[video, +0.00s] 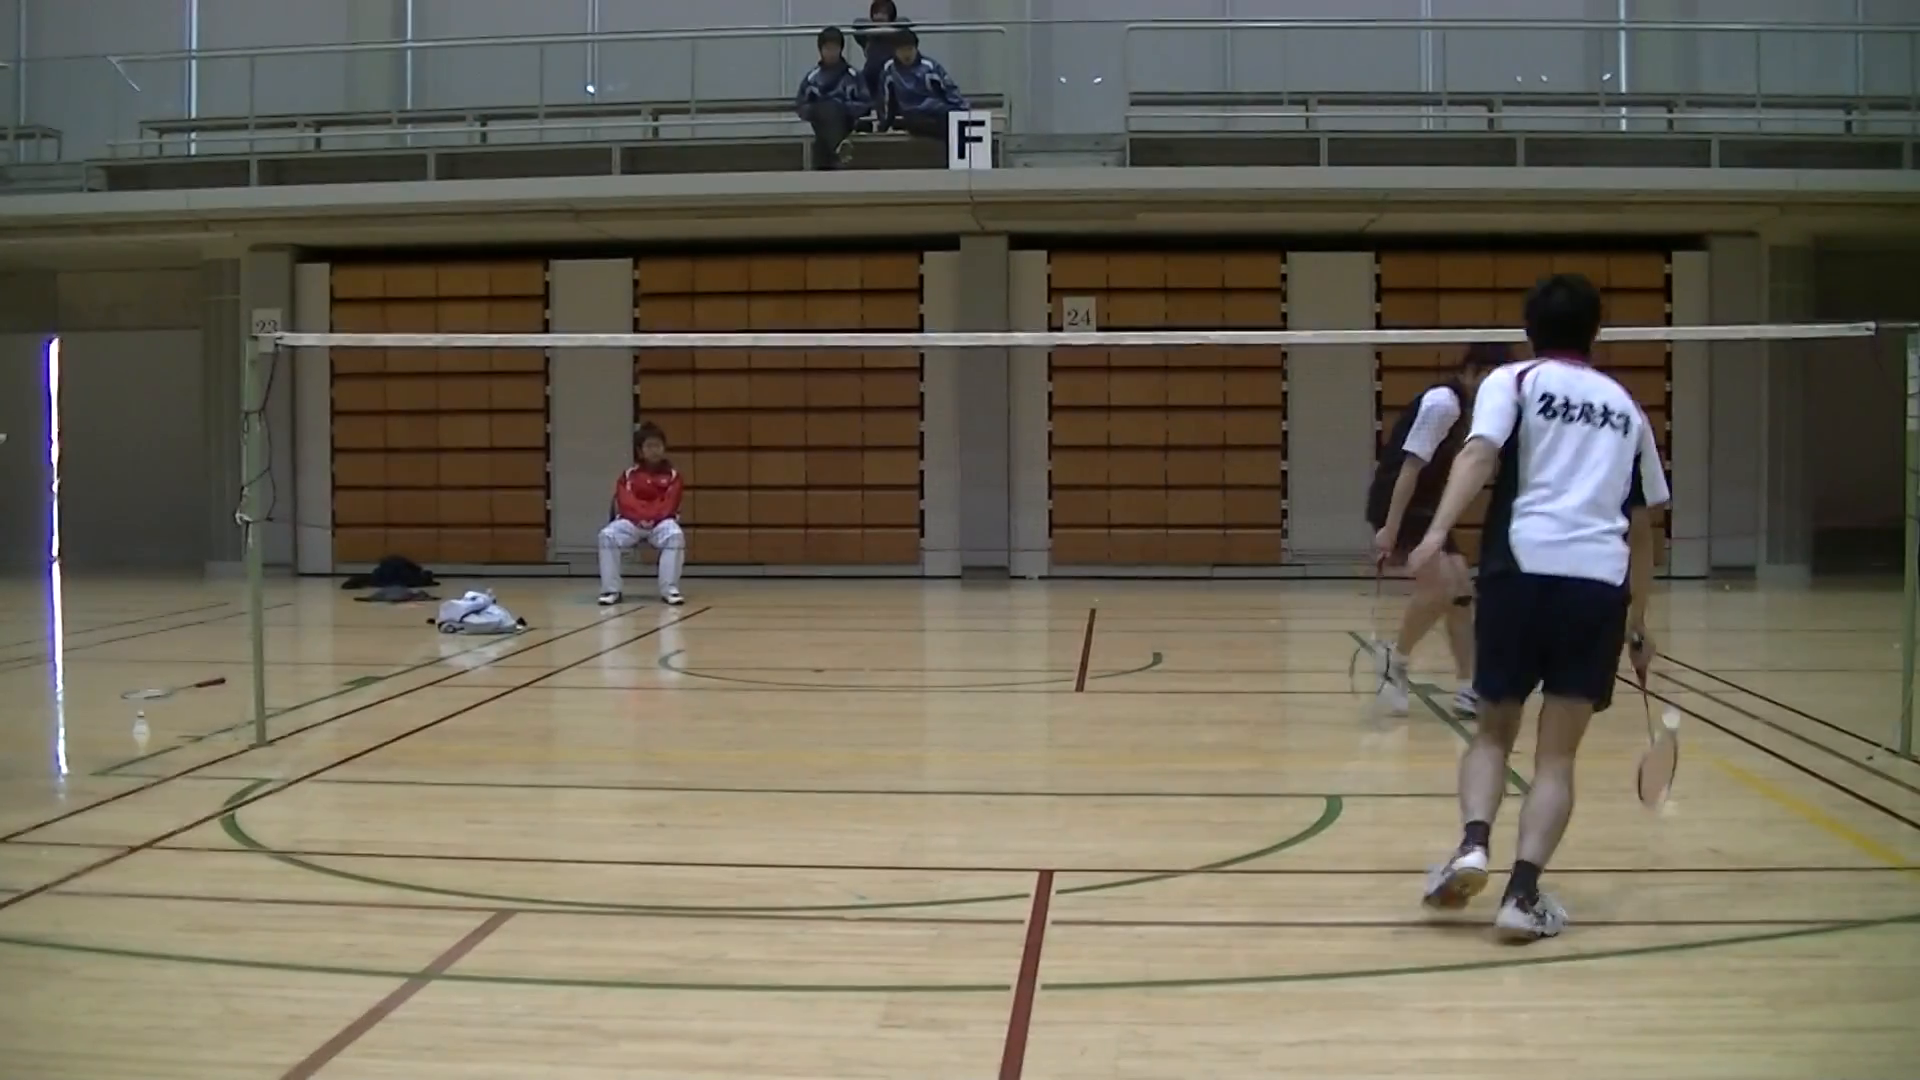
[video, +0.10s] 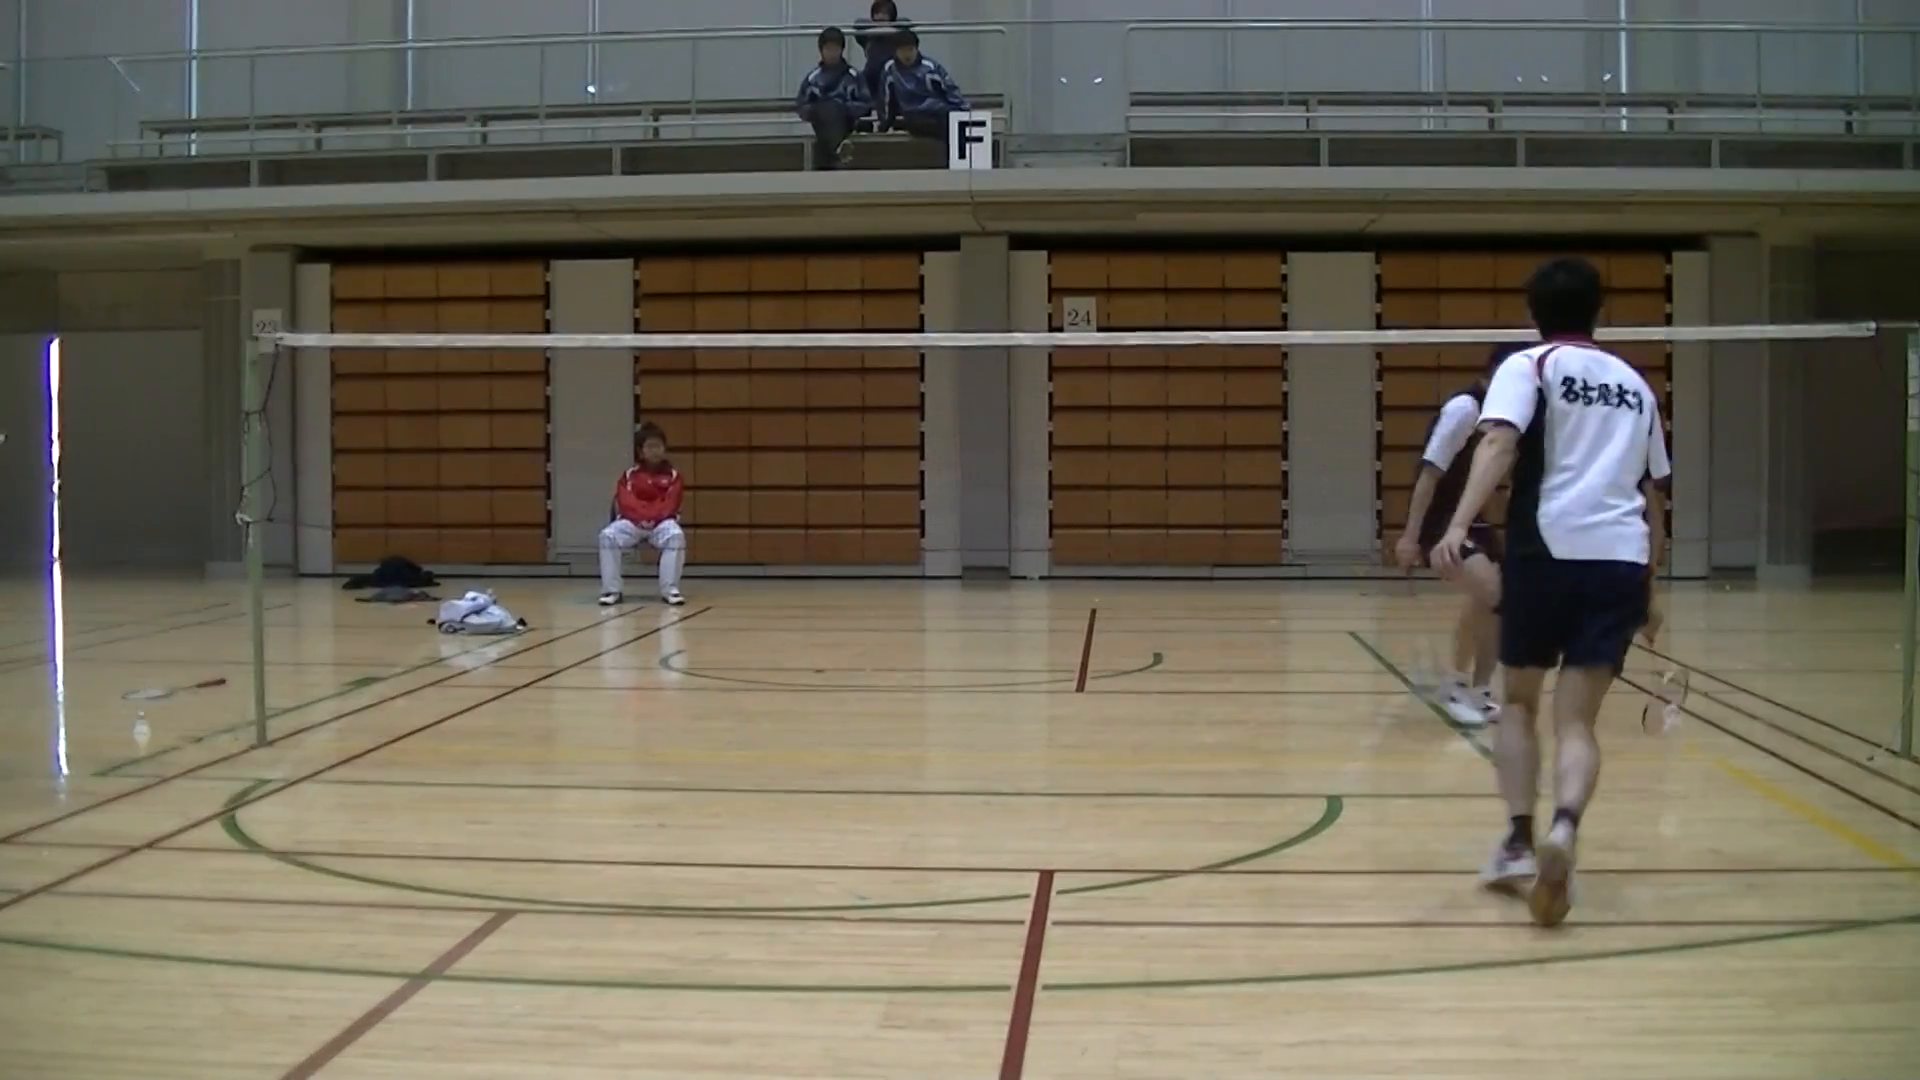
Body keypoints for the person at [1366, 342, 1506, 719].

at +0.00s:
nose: (1495, 387)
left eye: (1499, 380)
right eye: (1492, 377)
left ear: (1491, 377)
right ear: (1473, 371)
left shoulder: (1474, 410)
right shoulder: (1443, 402)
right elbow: (1410, 467)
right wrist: (1391, 527)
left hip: (1428, 508)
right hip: (1399, 509)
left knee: (1461, 589)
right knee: (1439, 584)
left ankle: (1471, 685)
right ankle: (1395, 661)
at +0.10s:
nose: (1516, 386)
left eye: (1520, 380)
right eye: (1511, 376)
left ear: (1519, 386)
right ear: (1494, 374)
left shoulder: (1514, 419)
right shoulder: (1464, 408)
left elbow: (1500, 485)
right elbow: (1430, 473)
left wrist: (1500, 534)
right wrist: (1410, 535)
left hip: (1476, 523)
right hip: (1441, 522)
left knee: (1489, 598)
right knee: (1489, 588)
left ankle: (1481, 689)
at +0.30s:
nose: (1566, 402)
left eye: (1573, 393)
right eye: (1562, 391)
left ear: (1576, 393)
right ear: (1547, 386)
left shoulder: (1578, 426)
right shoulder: (1517, 414)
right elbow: (1491, 487)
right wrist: (1486, 552)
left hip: (1543, 536)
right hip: (1504, 537)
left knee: (1536, 615)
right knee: (1535, 605)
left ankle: (1494, 681)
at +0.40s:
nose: (1616, 422)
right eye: (1611, 411)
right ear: (1591, 405)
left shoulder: (1599, 447)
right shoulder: (1551, 441)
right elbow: (1524, 511)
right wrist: (1519, 583)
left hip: (1551, 533)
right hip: (1519, 535)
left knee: (1575, 619)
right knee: (1579, 610)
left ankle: (1505, 676)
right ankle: (1592, 715)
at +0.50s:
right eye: (1639, 435)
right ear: (1622, 425)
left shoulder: (1624, 448)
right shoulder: (1578, 446)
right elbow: (1546, 524)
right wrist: (1542, 599)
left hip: (1560, 536)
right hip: (1530, 531)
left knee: (1585, 620)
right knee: (1589, 609)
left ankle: (1511, 673)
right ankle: (1598, 720)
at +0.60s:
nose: (1646, 470)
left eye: (1651, 466)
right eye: (1645, 463)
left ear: (1629, 446)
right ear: (1625, 450)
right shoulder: (1589, 470)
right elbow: (1562, 546)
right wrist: (1554, 616)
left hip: (1568, 527)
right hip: (1538, 526)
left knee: (1576, 615)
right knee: (1590, 612)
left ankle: (1510, 673)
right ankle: (1590, 712)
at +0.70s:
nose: (1678, 487)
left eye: (1683, 481)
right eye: (1678, 479)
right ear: (1665, 464)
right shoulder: (1607, 474)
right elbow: (1569, 546)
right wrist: (1565, 620)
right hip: (1544, 515)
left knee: (1577, 612)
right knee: (1595, 608)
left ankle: (1509, 673)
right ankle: (1590, 713)